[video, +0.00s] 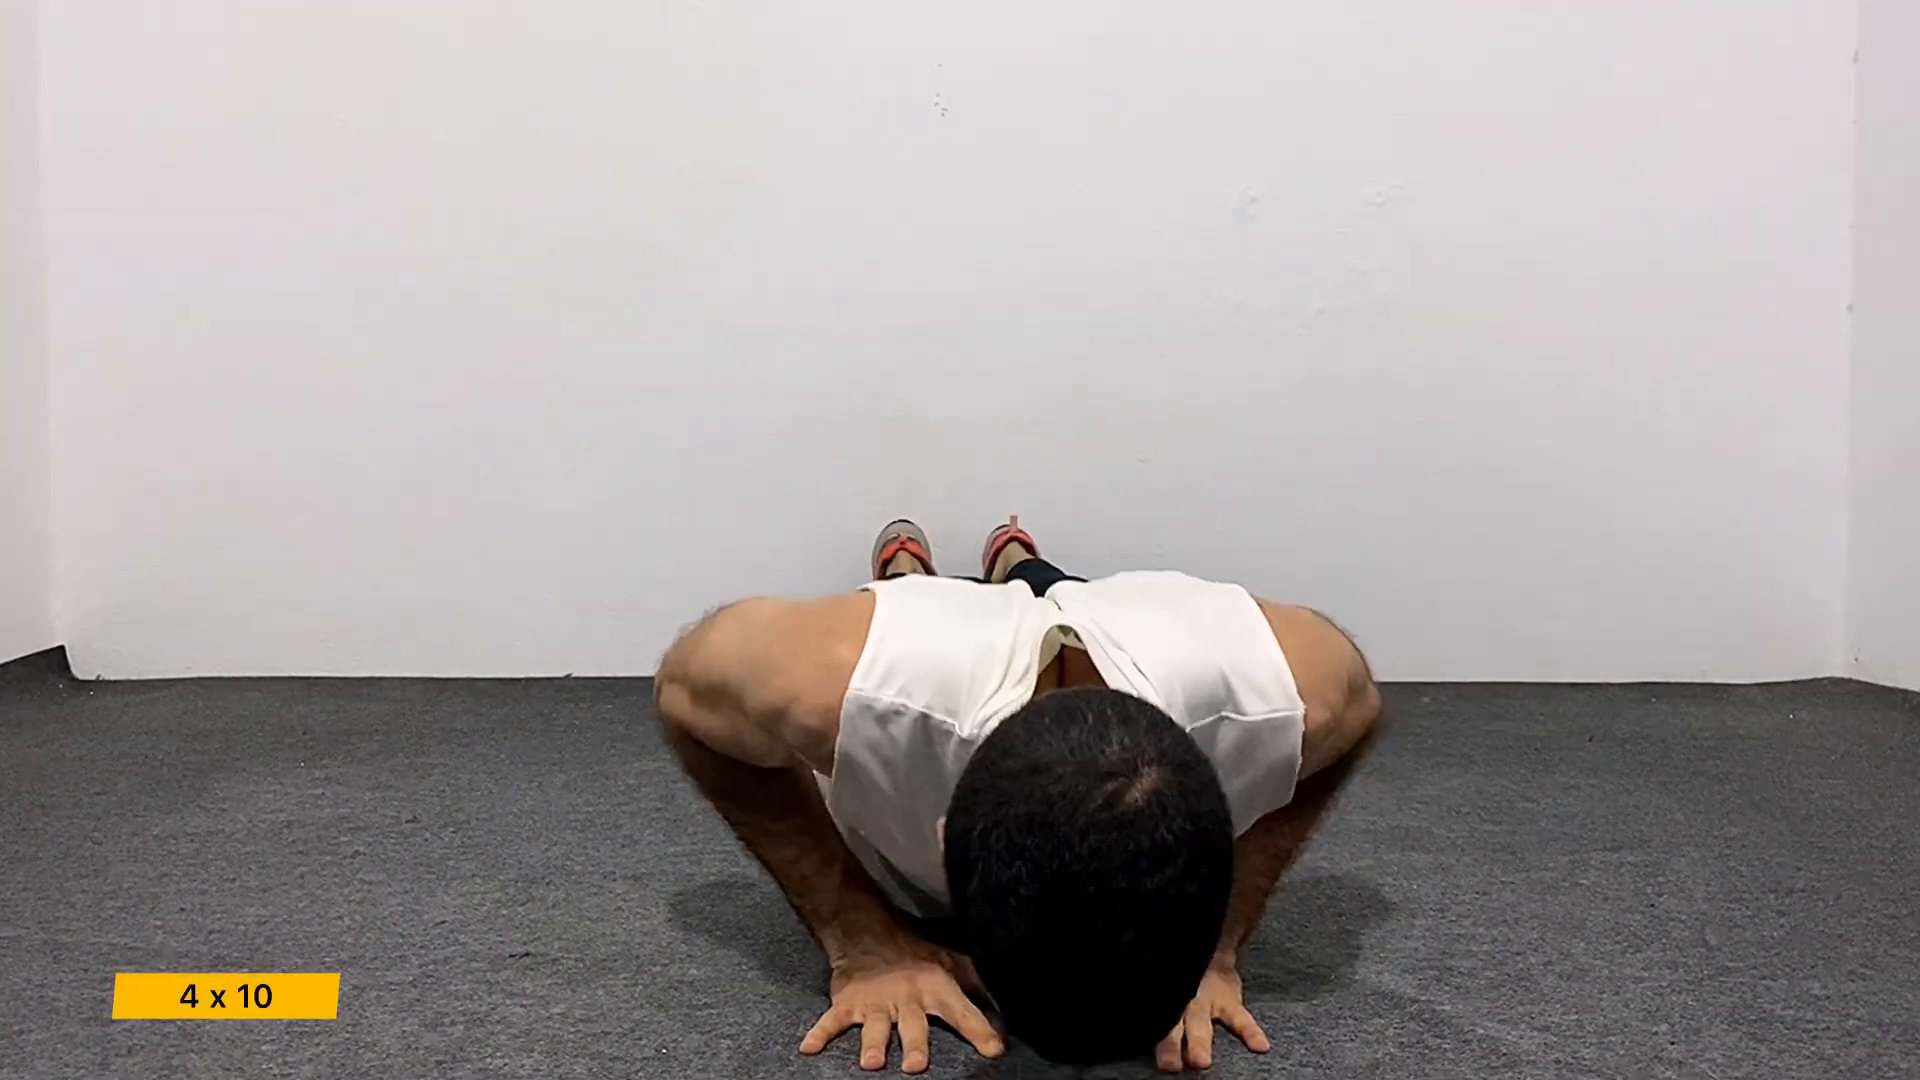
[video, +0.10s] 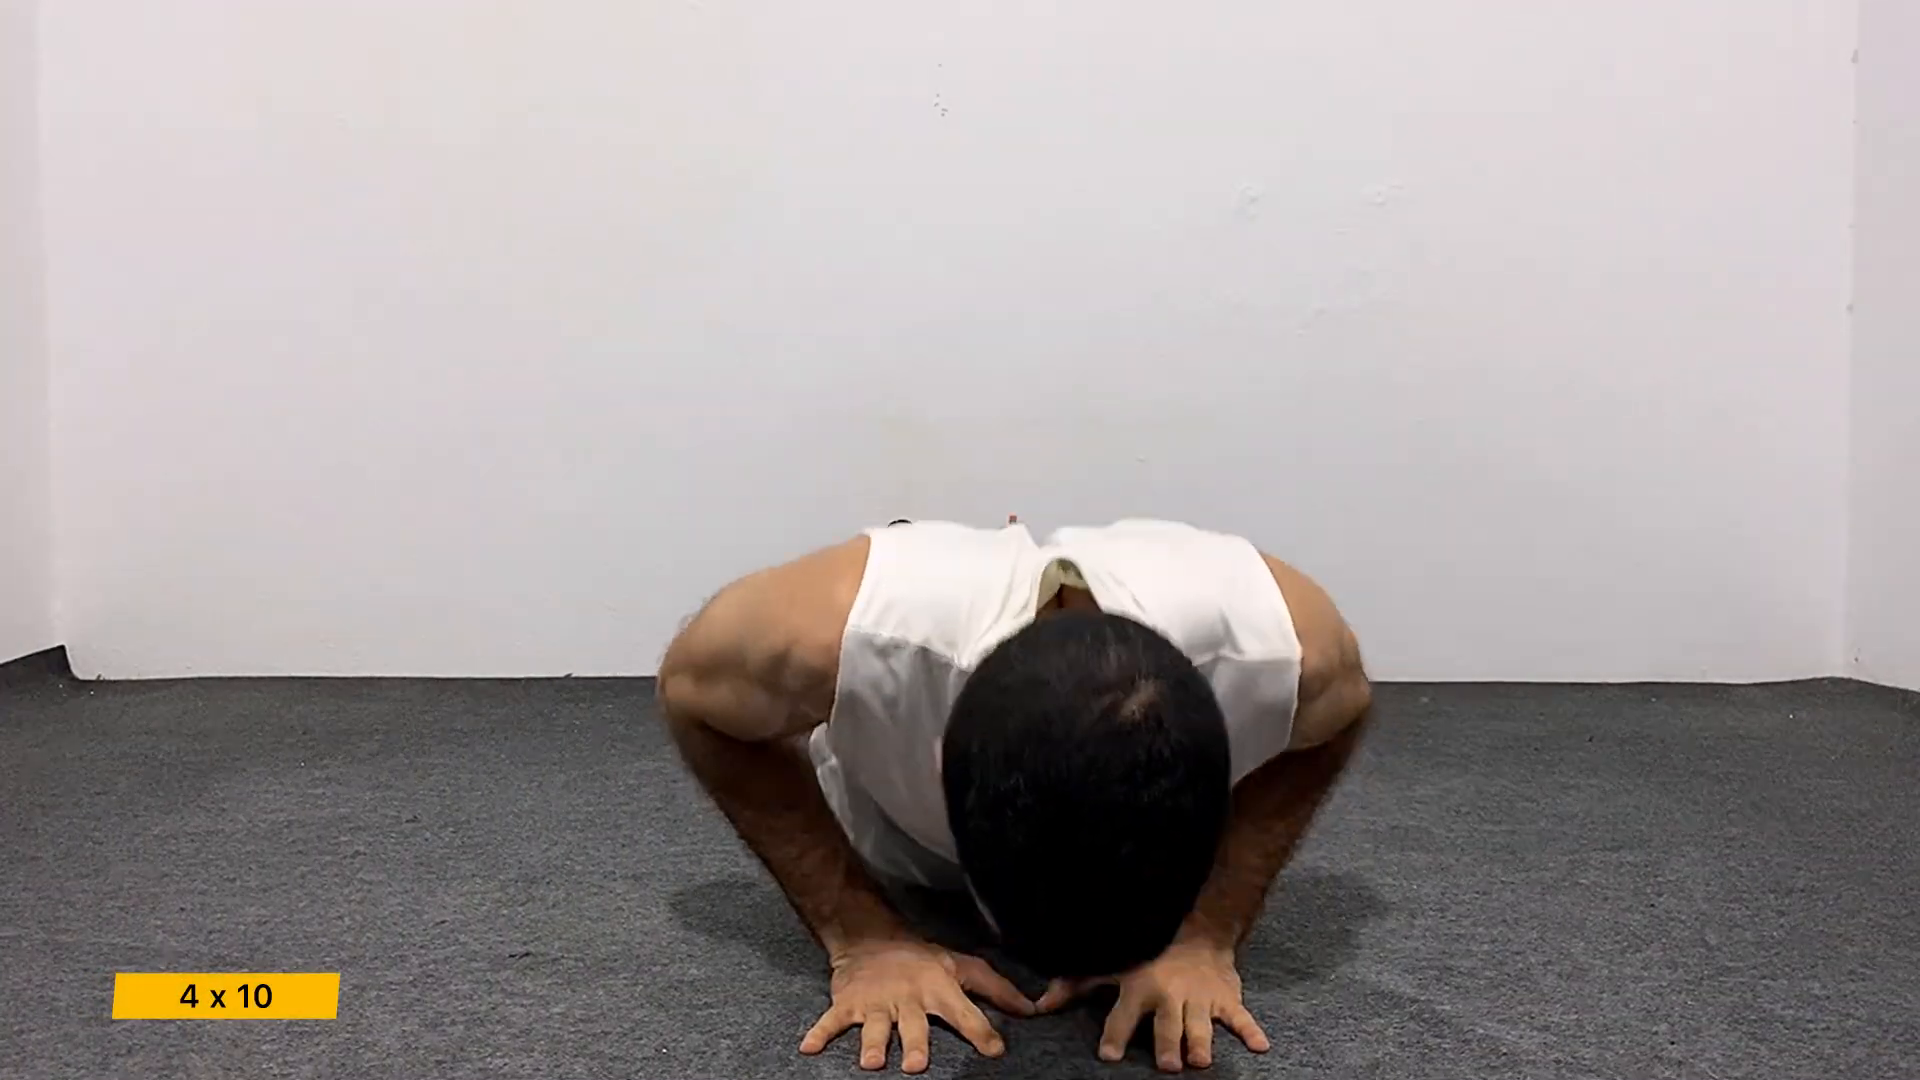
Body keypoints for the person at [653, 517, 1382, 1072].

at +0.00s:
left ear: (1222, 814)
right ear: (948, 841)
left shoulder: (1300, 690)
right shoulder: (832, 687)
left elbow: (1355, 714)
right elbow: (689, 689)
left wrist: (1224, 945)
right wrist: (858, 934)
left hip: (1106, 620)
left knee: (1039, 592)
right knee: (907, 594)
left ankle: (1014, 563)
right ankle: (904, 566)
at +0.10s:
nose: (1053, 993)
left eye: (1103, 971)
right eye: (1024, 963)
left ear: (1218, 795)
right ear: (953, 777)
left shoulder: (1291, 647)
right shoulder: (833, 635)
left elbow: (1336, 714)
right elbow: (699, 692)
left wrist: (1209, 933)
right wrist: (860, 935)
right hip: (898, 807)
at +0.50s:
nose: (1068, 455)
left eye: (1117, 416)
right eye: (1027, 411)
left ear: (1183, 327)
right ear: (953, 295)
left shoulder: (1268, 312)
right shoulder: (819, 291)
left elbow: (1277, 630)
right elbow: (770, 624)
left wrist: (1195, 932)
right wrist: (869, 932)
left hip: (1098, 614)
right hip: (914, 614)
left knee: (1062, 663)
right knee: (918, 675)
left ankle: (1030, 670)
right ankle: (917, 678)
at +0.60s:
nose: (1066, 365)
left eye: (1115, 321)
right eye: (1024, 314)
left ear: (1181, 232)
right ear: (952, 191)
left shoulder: (1265, 257)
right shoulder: (817, 241)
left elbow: (1244, 605)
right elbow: (829, 594)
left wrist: (1194, 933)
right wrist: (874, 931)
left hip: (1095, 565)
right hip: (920, 563)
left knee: (1056, 631)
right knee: (920, 644)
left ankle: (1030, 646)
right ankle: (915, 662)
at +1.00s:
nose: (1077, 579)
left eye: (1130, 542)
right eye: (1034, 540)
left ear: (1204, 428)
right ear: (948, 392)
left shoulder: (1270, 382)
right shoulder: (820, 371)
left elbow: (1294, 652)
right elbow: (747, 649)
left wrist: (1200, 927)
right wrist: (868, 935)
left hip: (1118, 666)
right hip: (908, 674)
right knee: (915, 698)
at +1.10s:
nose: (1088, 724)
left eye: (1133, 689)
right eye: (1042, 686)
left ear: (1215, 562)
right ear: (958, 529)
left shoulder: (1283, 480)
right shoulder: (827, 469)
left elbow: (1305, 681)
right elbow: (724, 674)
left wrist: (1201, 926)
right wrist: (865, 933)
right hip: (900, 721)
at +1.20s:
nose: (1093, 871)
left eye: (1136, 833)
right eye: (1051, 826)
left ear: (1227, 697)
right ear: (967, 672)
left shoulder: (1295, 573)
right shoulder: (826, 569)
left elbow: (1314, 707)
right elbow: (709, 692)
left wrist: (1203, 927)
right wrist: (863, 933)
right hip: (911, 816)